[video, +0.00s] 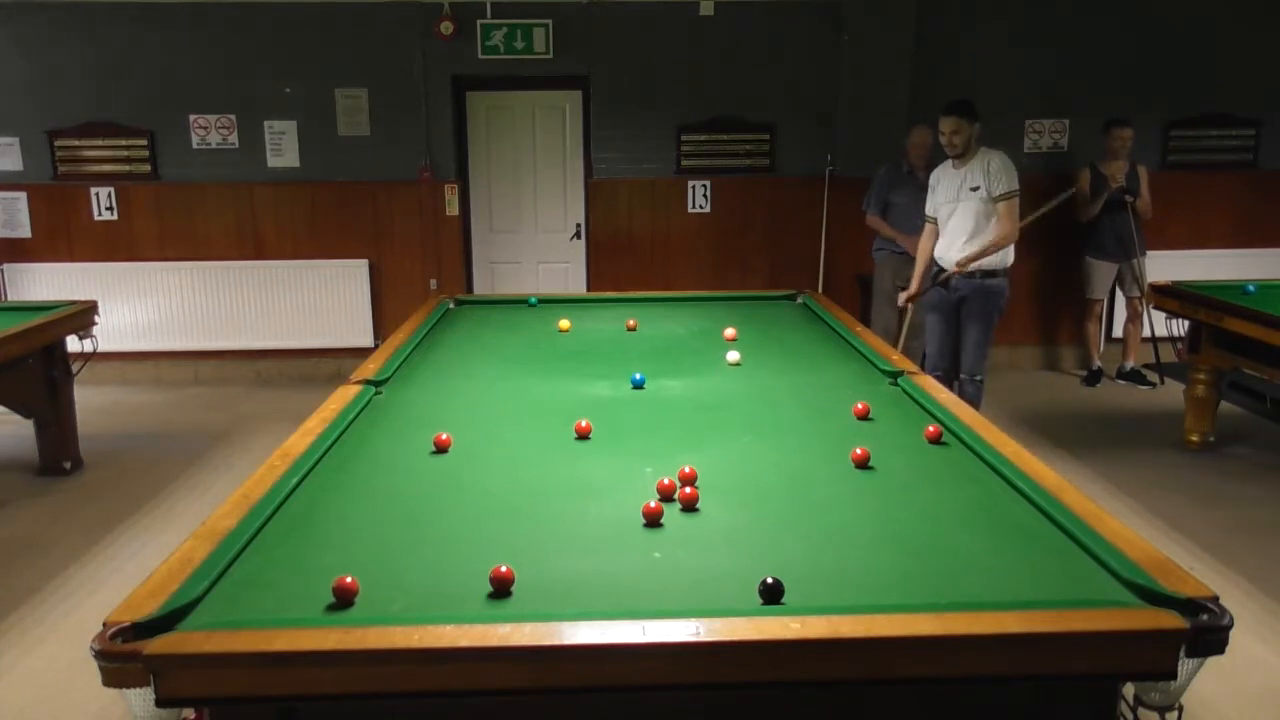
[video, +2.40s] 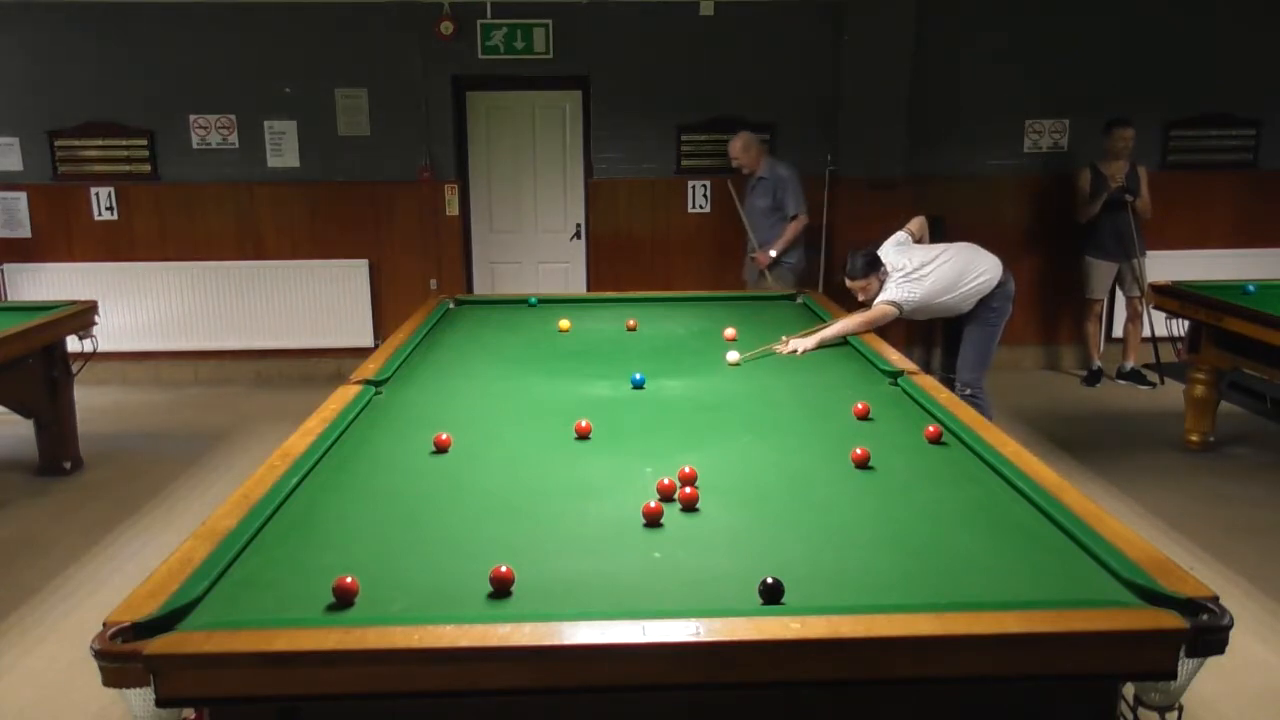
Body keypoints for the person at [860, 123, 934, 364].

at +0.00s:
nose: (922, 150)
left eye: (927, 145)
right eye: (917, 145)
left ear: (932, 149)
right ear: (907, 146)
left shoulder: (938, 180)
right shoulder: (890, 174)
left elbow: (945, 218)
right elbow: (871, 217)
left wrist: (929, 245)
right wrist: (905, 240)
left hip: (925, 258)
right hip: (891, 256)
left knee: (918, 324)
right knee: (886, 322)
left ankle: (909, 382)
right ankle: (879, 378)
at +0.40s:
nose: (912, 153)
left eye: (916, 148)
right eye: (907, 148)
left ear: (922, 150)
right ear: (897, 148)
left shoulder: (929, 180)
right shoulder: (880, 176)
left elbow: (936, 220)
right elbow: (854, 211)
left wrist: (926, 253)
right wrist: (864, 246)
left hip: (917, 263)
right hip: (882, 259)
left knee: (912, 331)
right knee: (879, 329)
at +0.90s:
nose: (869, 155)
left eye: (874, 150)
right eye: (866, 150)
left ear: (886, 152)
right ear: (862, 151)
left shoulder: (897, 181)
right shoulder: (850, 178)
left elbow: (910, 221)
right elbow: (834, 219)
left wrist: (909, 252)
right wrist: (837, 260)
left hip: (895, 259)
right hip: (859, 259)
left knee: (898, 323)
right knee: (861, 319)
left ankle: (901, 375)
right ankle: (863, 373)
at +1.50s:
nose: (831, 172)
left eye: (836, 167)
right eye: (827, 167)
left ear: (849, 161)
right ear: (823, 163)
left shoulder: (875, 179)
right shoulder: (827, 182)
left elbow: (896, 217)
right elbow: (825, 223)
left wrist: (871, 241)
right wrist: (820, 263)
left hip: (869, 261)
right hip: (840, 262)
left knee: (868, 318)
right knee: (845, 316)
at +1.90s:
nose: (795, 172)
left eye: (799, 167)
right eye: (792, 167)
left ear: (815, 159)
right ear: (789, 164)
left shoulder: (844, 179)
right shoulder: (802, 181)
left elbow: (861, 224)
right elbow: (809, 222)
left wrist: (830, 254)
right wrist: (800, 255)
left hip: (843, 267)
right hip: (814, 267)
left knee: (843, 329)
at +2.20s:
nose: (755, 171)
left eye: (759, 165)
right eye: (753, 166)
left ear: (774, 158)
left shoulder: (804, 180)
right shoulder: (772, 183)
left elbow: (824, 223)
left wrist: (799, 260)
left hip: (811, 267)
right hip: (781, 263)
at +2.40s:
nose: (734, 165)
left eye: (737, 159)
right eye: (732, 159)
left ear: (754, 152)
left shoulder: (783, 175)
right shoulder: (754, 178)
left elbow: (800, 219)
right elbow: (758, 224)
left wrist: (771, 253)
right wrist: (750, 259)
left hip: (781, 266)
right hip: (756, 263)